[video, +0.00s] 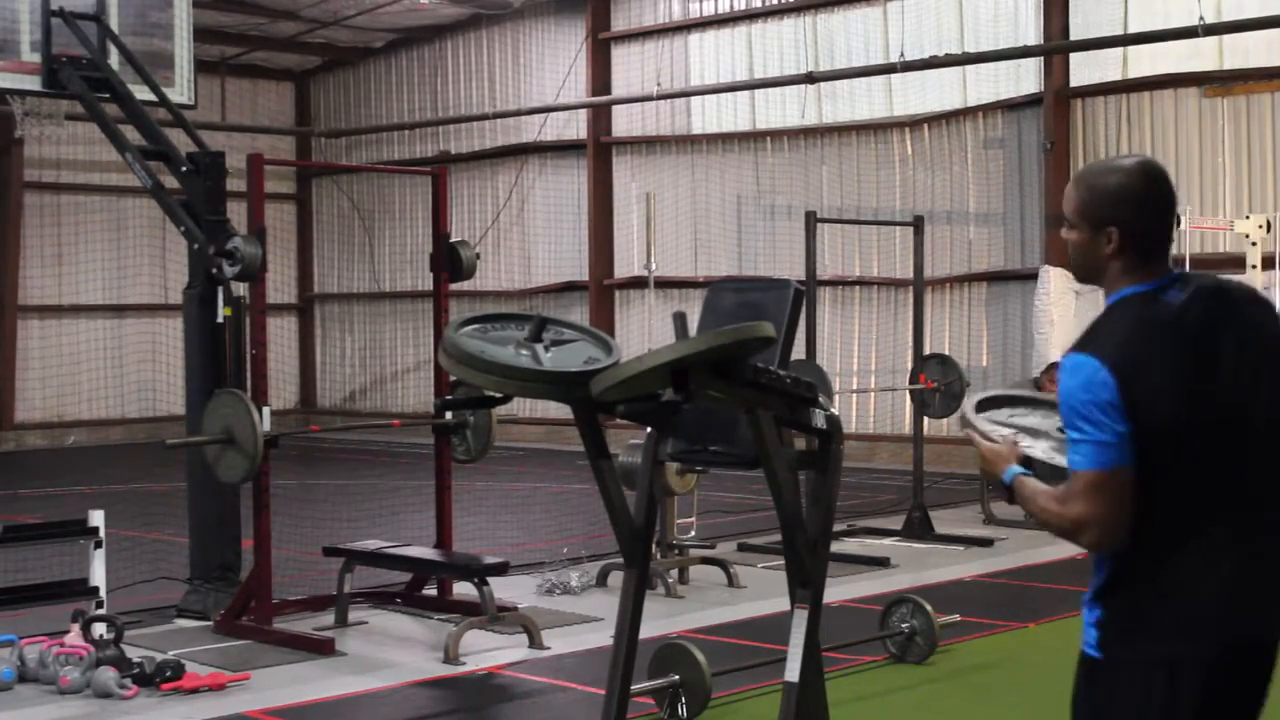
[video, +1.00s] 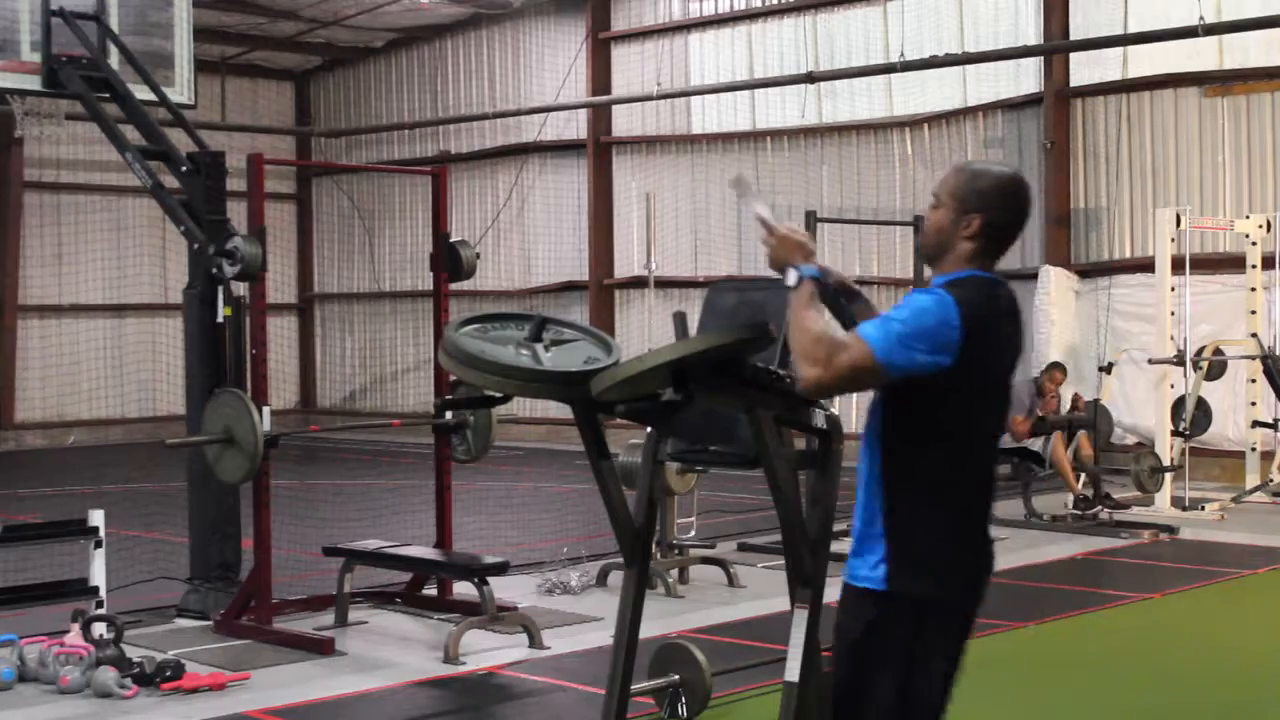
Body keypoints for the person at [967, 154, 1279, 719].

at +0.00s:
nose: (1059, 237)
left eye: (1068, 225)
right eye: (1062, 223)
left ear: (1111, 240)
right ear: (1166, 229)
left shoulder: (1096, 362)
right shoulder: (1251, 311)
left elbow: (1098, 523)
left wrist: (1010, 475)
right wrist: (1095, 387)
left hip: (1142, 637)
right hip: (1248, 620)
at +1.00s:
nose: (922, 215)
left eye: (935, 205)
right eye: (930, 202)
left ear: (971, 227)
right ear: (977, 231)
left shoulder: (947, 309)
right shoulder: (992, 304)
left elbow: (820, 366)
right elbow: (903, 359)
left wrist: (799, 272)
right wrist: (845, 296)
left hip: (900, 575)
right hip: (946, 566)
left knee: (869, 706)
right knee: (910, 707)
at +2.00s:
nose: (783, 218)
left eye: (795, 206)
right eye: (787, 205)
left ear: (834, 217)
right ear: (838, 219)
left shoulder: (850, 295)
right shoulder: (844, 288)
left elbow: (764, 368)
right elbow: (775, 351)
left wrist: (698, 293)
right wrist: (700, 299)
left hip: (840, 565)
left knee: (824, 708)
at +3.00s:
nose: (821, 238)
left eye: (832, 223)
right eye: (821, 223)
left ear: (880, 228)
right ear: (874, 231)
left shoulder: (911, 330)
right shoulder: (883, 315)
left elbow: (904, 473)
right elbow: (876, 447)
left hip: (899, 599)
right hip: (856, 589)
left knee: (893, 711)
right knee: (825, 707)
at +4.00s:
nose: (512, 288)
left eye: (519, 268)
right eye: (512, 272)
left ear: (561, 264)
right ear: (554, 267)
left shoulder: (661, 344)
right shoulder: (585, 360)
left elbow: (734, 468)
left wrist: (651, 580)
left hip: (707, 645)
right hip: (624, 636)